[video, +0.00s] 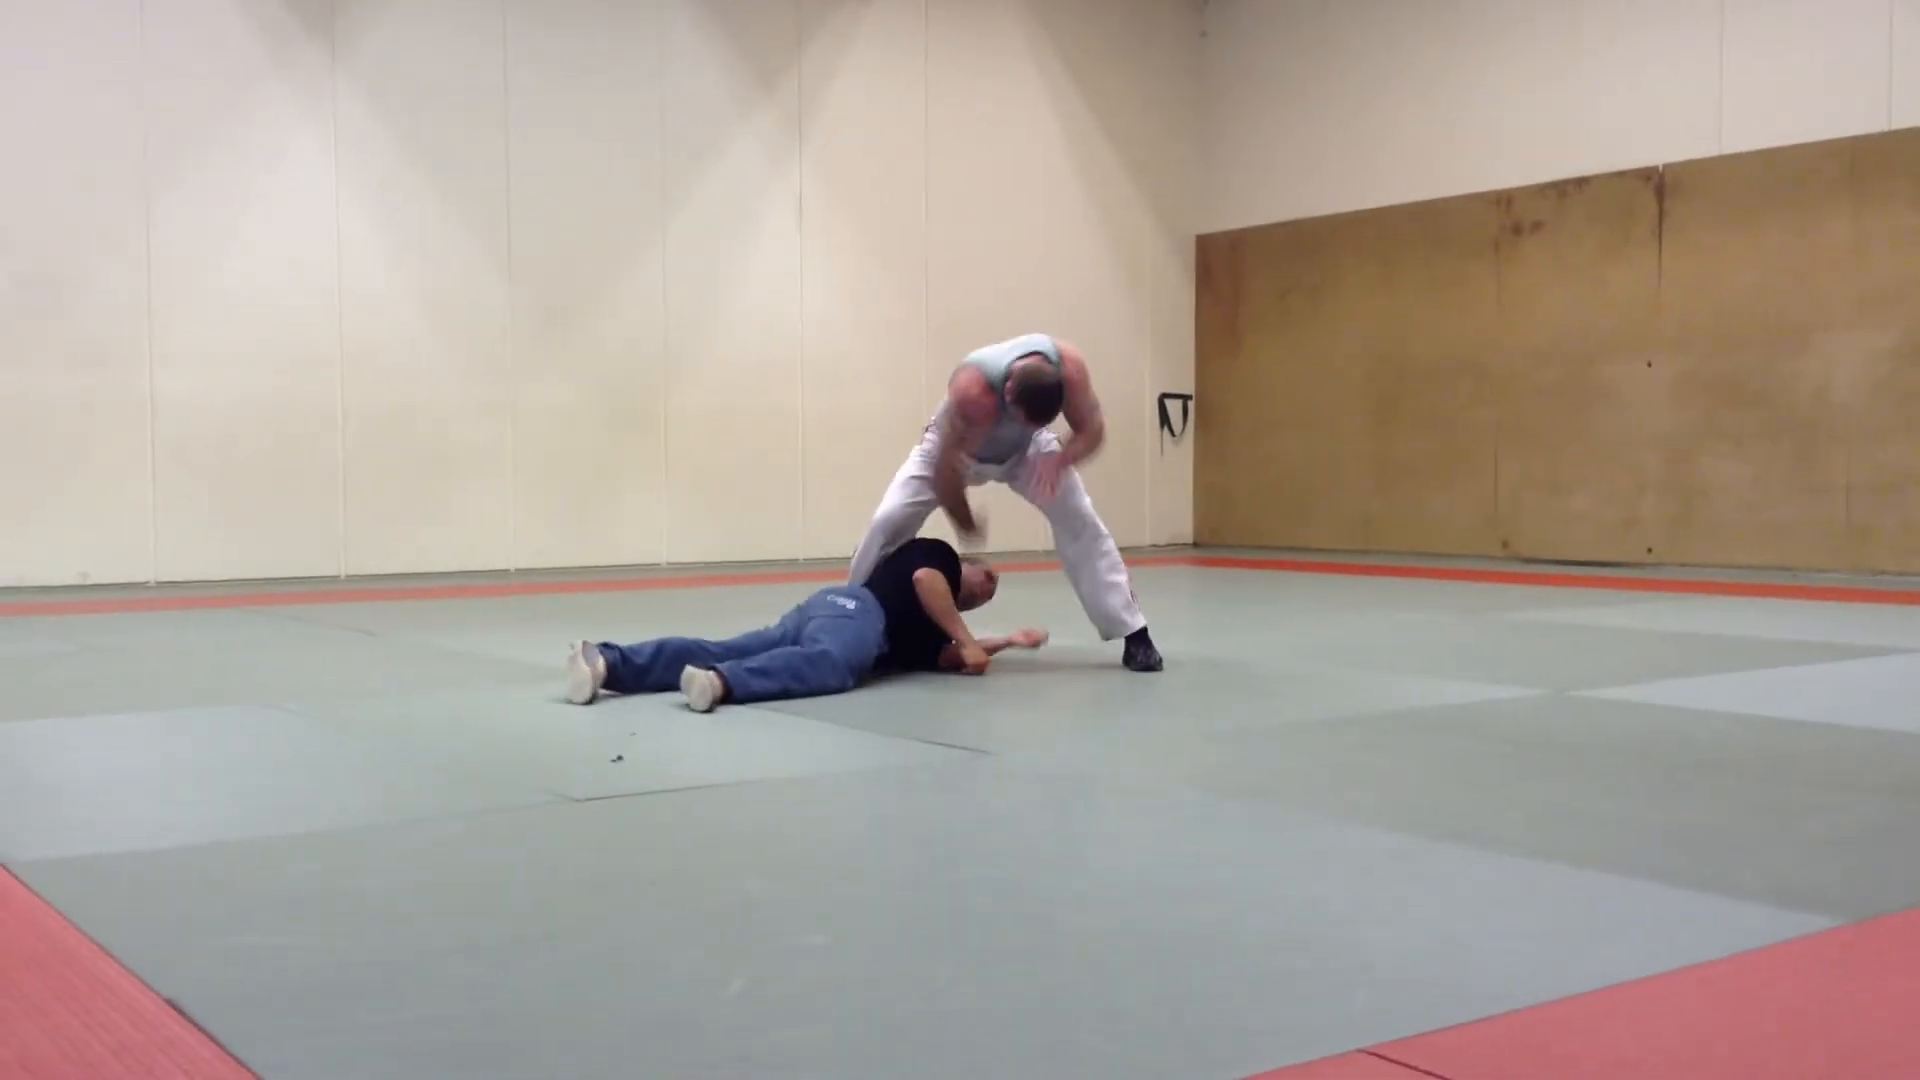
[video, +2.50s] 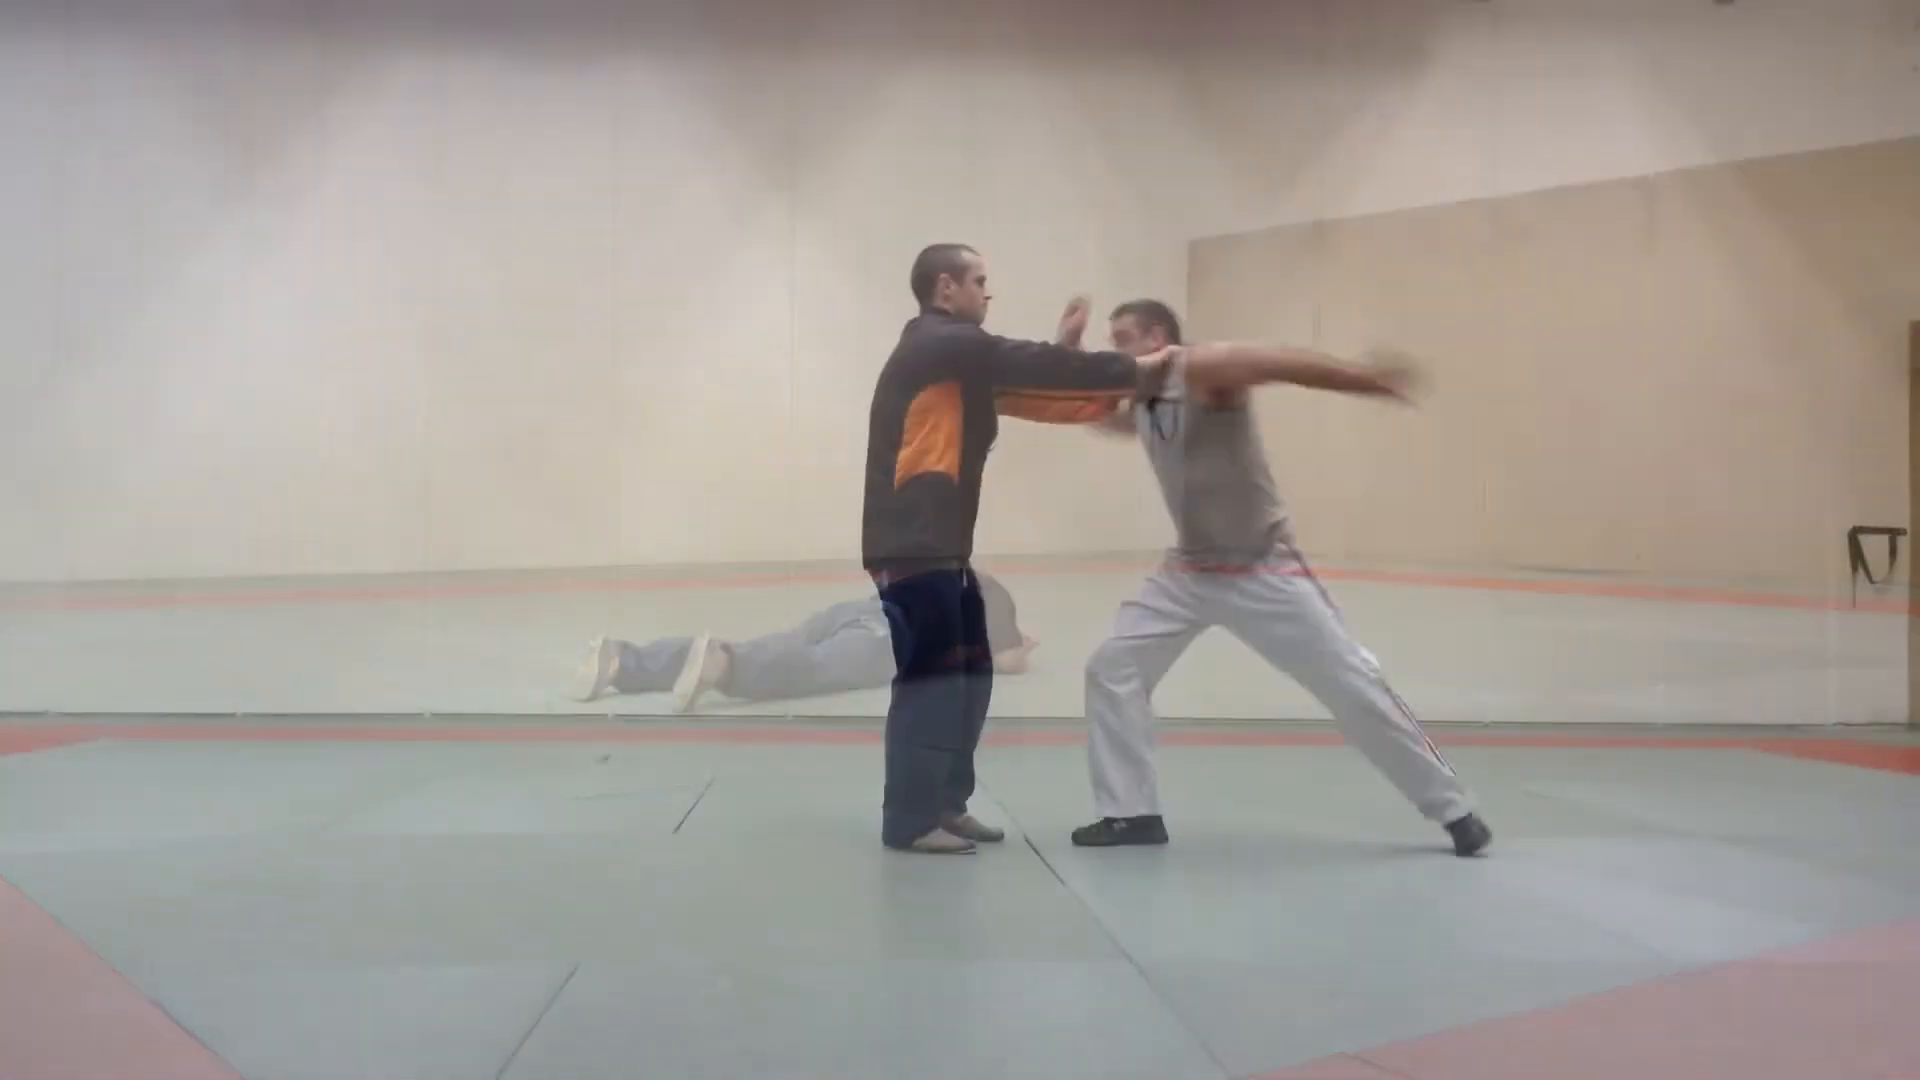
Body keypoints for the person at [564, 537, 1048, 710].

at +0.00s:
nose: (984, 587)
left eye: (987, 589)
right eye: (983, 579)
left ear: (973, 599)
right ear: (967, 562)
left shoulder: (934, 633)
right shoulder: (935, 552)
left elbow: (962, 654)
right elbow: (923, 584)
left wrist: (1009, 641)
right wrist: (965, 642)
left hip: (822, 620)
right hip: (854, 609)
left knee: (729, 652)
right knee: (830, 666)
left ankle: (612, 666)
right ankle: (724, 681)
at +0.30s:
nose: (995, 580)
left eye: (994, 574)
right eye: (991, 573)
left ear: (966, 577)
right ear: (975, 562)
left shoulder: (943, 633)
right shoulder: (955, 555)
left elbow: (955, 657)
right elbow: (985, 582)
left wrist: (1010, 637)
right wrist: (1018, 631)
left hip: (830, 617)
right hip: (876, 614)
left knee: (738, 654)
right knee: (829, 664)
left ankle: (614, 669)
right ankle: (719, 678)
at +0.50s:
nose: (1011, 621)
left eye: (1014, 614)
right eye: (1015, 609)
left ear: (980, 604)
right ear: (1002, 589)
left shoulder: (947, 615)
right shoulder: (982, 574)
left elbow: (957, 660)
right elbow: (1024, 638)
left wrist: (1005, 631)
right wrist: (1038, 656)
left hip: (844, 615)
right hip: (887, 614)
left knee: (749, 653)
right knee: (835, 665)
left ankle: (625, 667)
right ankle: (731, 667)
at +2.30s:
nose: (1015, 634)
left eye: (1011, 626)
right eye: (1013, 623)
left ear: (979, 586)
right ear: (999, 601)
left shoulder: (951, 582)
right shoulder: (986, 599)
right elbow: (993, 656)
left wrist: (1008, 641)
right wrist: (1016, 654)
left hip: (864, 610)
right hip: (889, 636)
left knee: (769, 646)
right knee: (815, 667)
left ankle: (624, 662)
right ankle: (727, 662)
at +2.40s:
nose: (1017, 635)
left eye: (1010, 626)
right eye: (1015, 624)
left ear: (981, 589)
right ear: (1001, 603)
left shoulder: (951, 580)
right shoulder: (989, 602)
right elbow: (990, 658)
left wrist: (1004, 641)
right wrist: (1014, 656)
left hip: (870, 610)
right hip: (894, 638)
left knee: (775, 646)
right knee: (817, 666)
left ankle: (626, 663)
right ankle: (727, 663)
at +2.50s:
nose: (1016, 638)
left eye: (1011, 629)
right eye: (1011, 626)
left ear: (983, 592)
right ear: (999, 609)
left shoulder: (959, 579)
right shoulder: (984, 607)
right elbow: (988, 659)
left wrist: (1003, 642)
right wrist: (1015, 656)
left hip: (869, 612)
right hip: (893, 639)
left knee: (770, 649)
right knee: (815, 669)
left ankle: (625, 664)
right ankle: (728, 664)